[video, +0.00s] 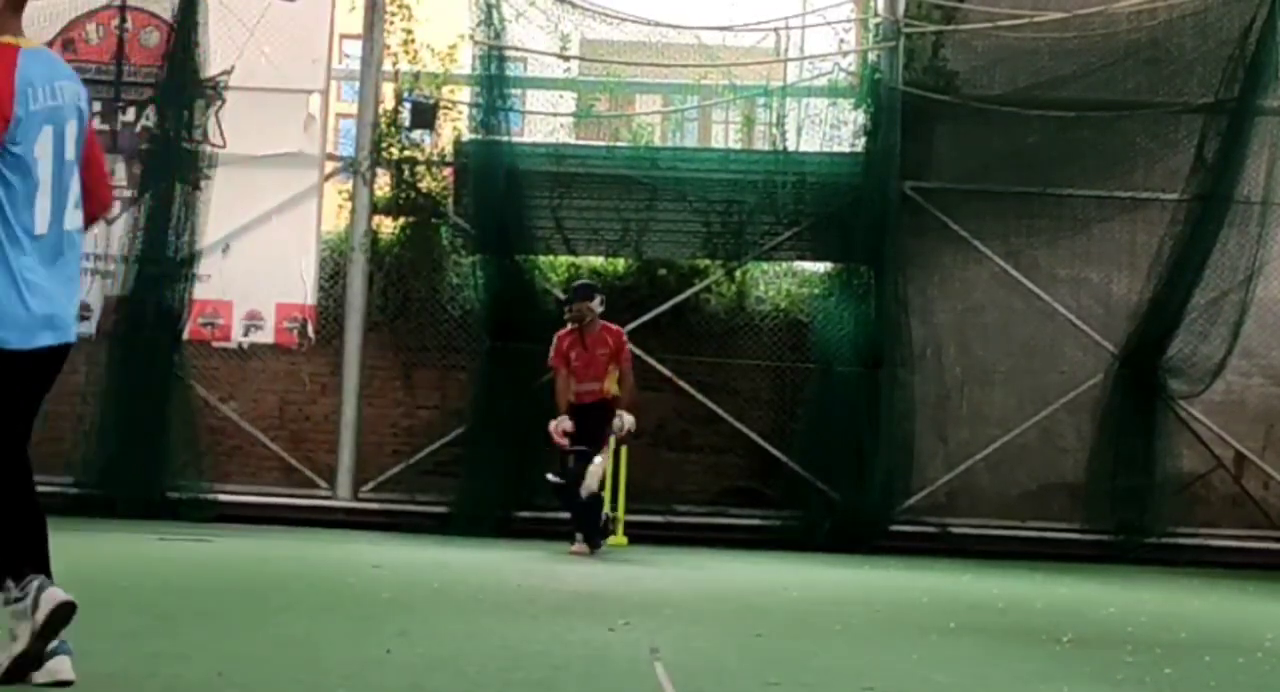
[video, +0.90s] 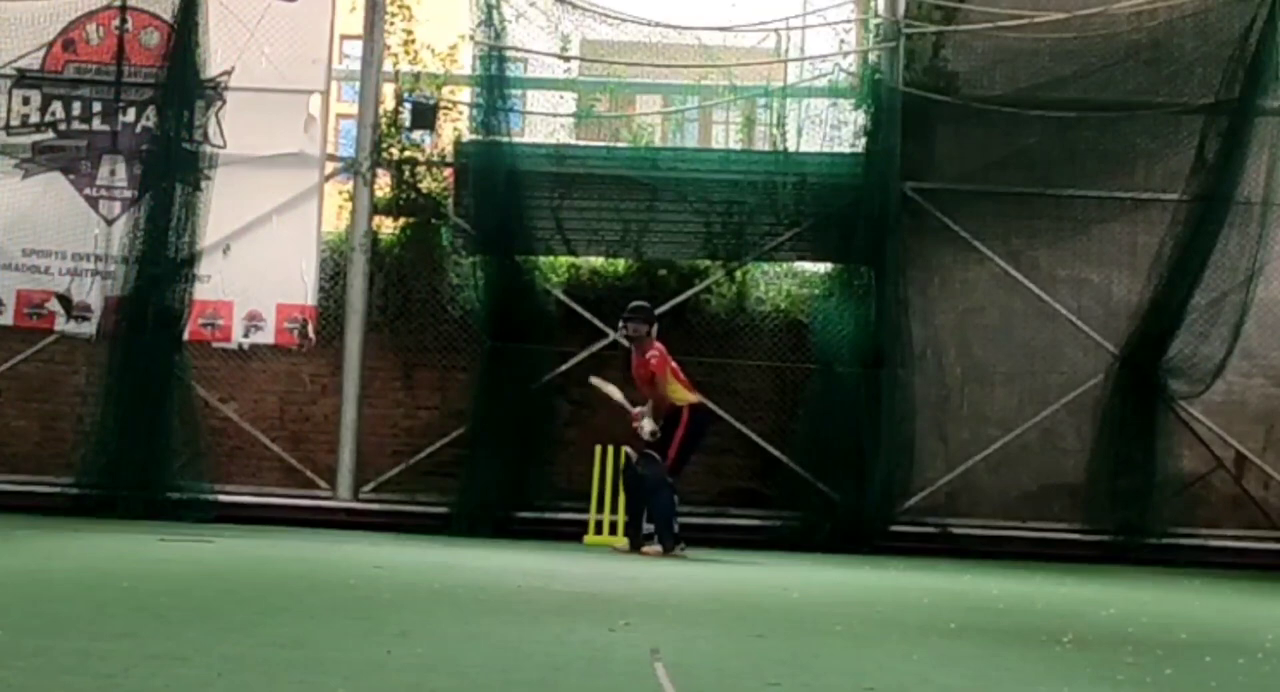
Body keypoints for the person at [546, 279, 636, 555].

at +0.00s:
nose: (578, 312)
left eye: (583, 306)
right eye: (574, 307)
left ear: (596, 306)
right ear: (569, 309)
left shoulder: (615, 335)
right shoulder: (563, 339)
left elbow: (626, 373)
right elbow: (561, 377)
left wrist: (623, 408)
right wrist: (563, 413)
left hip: (604, 403)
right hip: (576, 404)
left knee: (592, 467)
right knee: (572, 469)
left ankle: (586, 535)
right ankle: (589, 528)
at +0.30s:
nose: (586, 296)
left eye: (591, 290)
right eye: (583, 291)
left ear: (606, 292)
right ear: (581, 295)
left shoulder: (626, 327)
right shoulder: (576, 326)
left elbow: (641, 362)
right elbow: (565, 358)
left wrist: (651, 388)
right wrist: (542, 386)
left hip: (611, 393)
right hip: (584, 394)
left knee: (594, 459)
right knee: (581, 458)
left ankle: (586, 533)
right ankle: (609, 524)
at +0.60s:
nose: (601, 295)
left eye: (607, 290)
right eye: (599, 290)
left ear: (621, 294)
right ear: (596, 294)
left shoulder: (640, 324)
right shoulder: (591, 327)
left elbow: (654, 359)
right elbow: (586, 366)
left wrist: (662, 374)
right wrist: (573, 403)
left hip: (625, 392)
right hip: (597, 393)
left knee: (612, 458)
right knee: (601, 458)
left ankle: (601, 530)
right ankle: (614, 528)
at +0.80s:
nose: (632, 332)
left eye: (639, 327)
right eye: (628, 326)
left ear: (650, 330)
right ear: (623, 330)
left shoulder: (654, 355)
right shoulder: (636, 361)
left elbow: (660, 393)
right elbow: (651, 396)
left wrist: (651, 422)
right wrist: (648, 423)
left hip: (692, 409)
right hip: (673, 411)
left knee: (667, 470)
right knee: (656, 466)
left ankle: (669, 538)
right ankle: (662, 534)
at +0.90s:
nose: (633, 329)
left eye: (639, 324)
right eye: (629, 323)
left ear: (650, 327)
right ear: (624, 327)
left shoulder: (654, 354)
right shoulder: (637, 353)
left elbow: (662, 392)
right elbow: (653, 390)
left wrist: (651, 419)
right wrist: (644, 410)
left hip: (689, 409)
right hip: (670, 409)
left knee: (665, 470)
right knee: (651, 465)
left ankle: (669, 537)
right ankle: (651, 532)